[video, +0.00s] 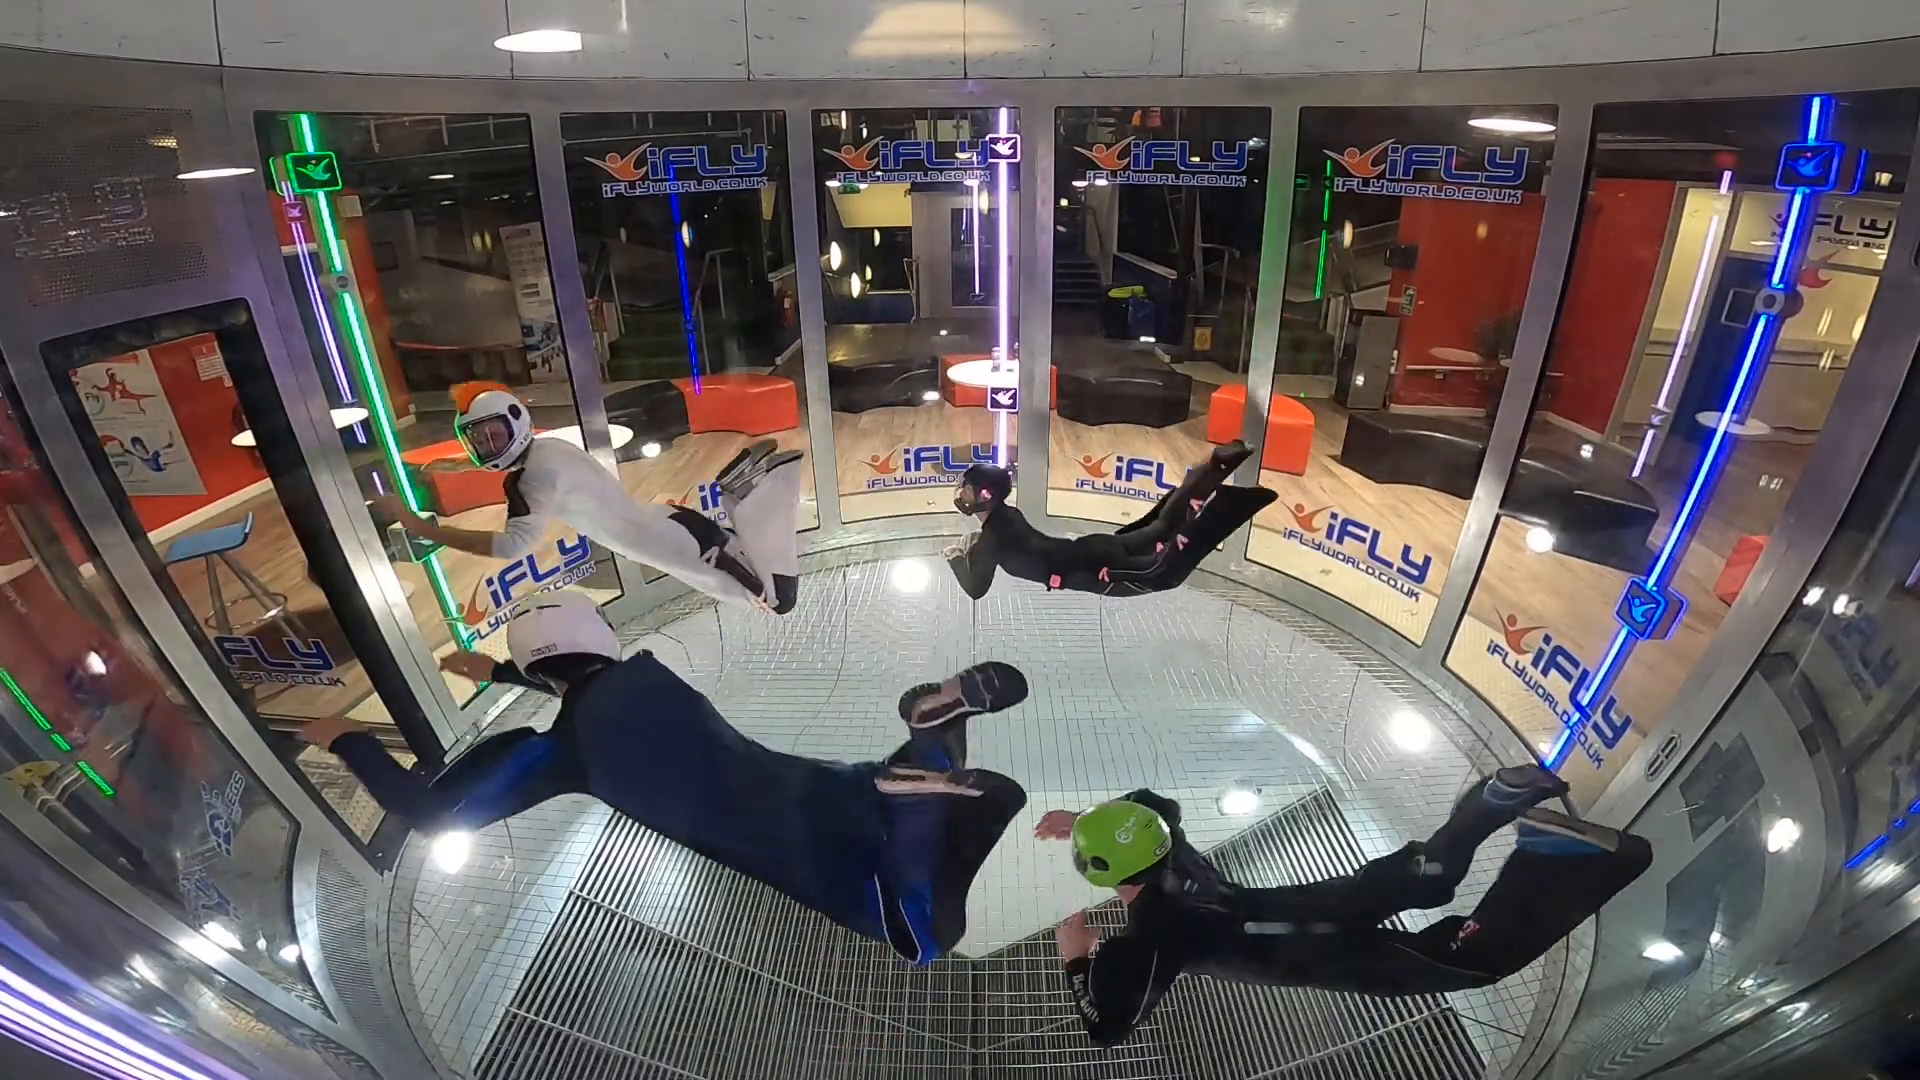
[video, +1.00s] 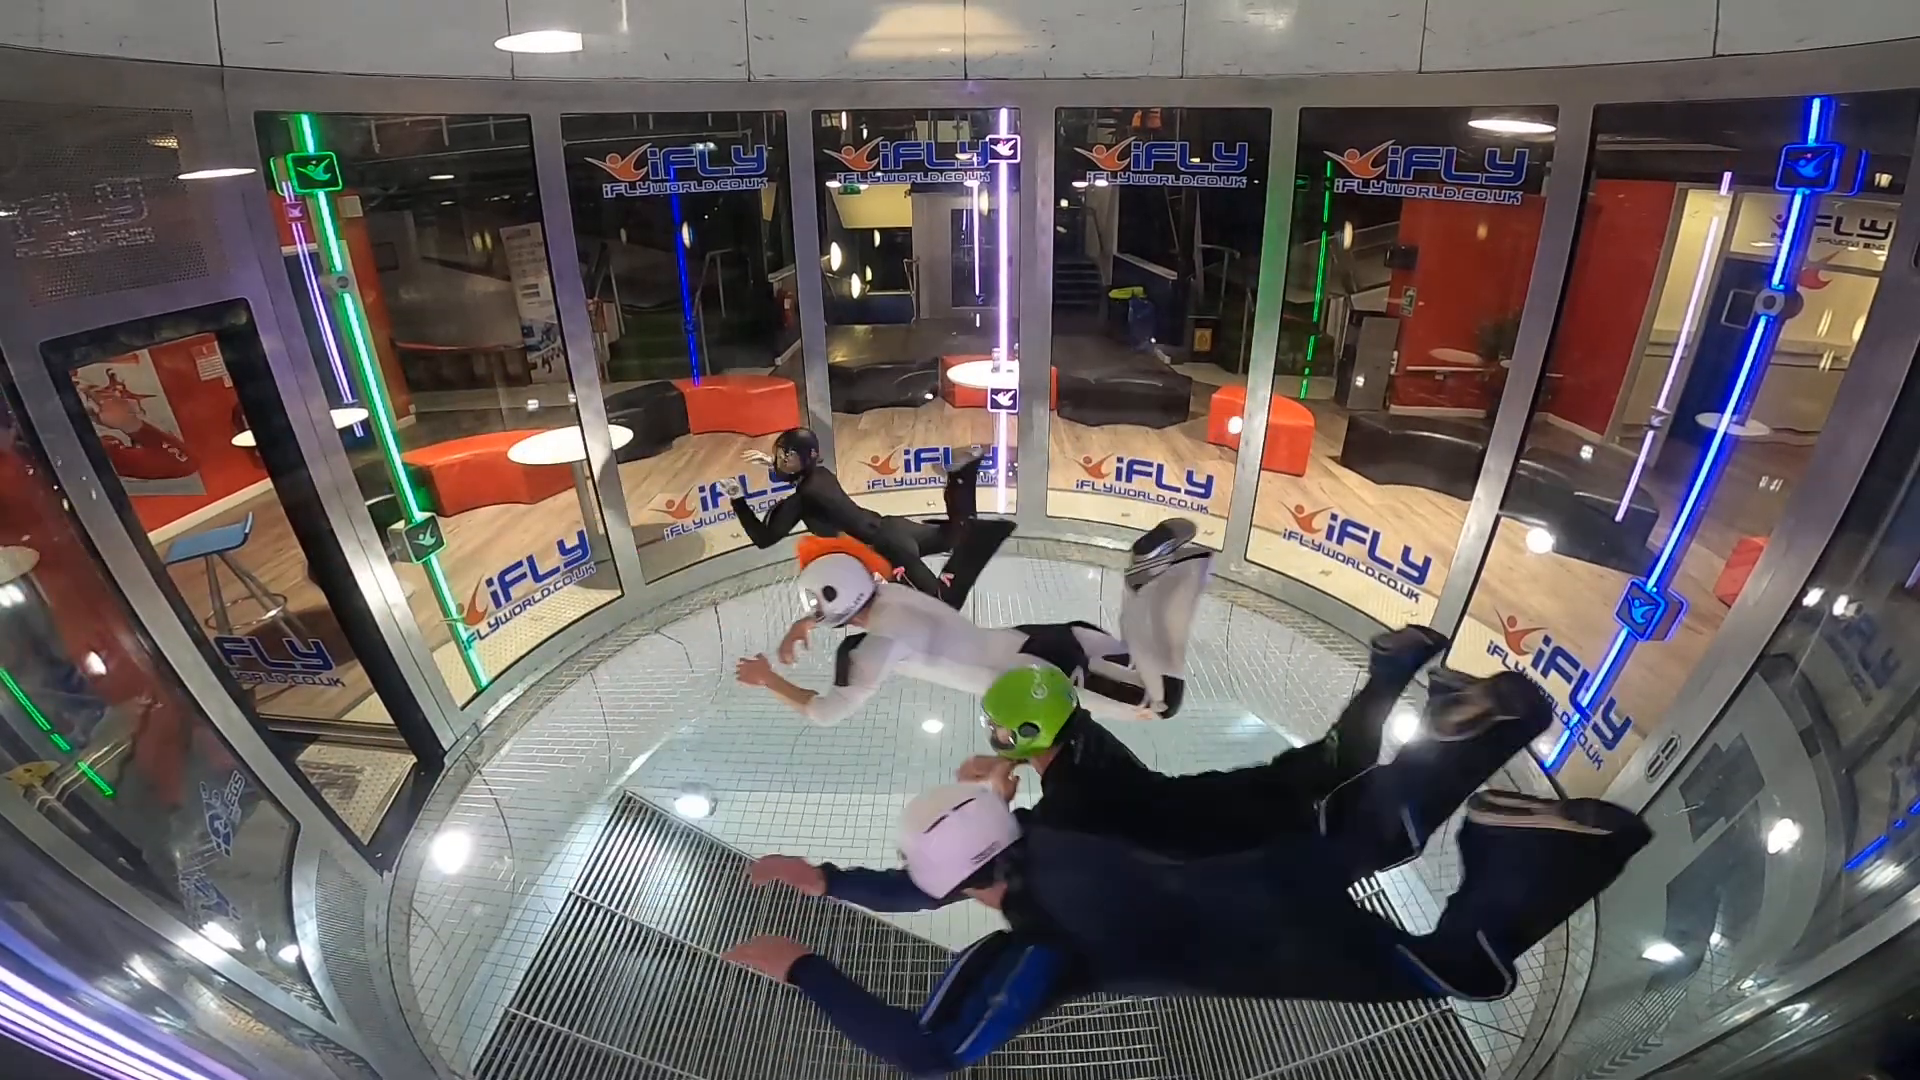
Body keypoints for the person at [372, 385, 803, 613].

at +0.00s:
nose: (486, 444)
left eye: (493, 431)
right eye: (477, 437)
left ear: (518, 425)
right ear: (473, 441)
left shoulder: (538, 472)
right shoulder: (540, 454)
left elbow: (509, 546)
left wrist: (422, 527)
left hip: (683, 541)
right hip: (668, 532)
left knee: (777, 598)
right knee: (757, 591)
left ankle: (750, 500)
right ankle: (731, 502)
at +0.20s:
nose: (486, 471)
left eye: (493, 457)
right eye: (476, 464)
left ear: (522, 449)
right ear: (472, 469)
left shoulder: (537, 504)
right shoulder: (545, 475)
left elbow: (492, 578)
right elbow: (616, 511)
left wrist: (391, 565)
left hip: (689, 574)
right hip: (682, 557)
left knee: (787, 638)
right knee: (772, 625)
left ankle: (772, 536)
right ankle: (774, 524)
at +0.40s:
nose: (522, 514)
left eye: (529, 500)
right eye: (515, 506)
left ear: (558, 489)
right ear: (529, 501)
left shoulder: (574, 543)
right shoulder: (588, 508)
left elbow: (522, 614)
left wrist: (429, 599)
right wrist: (522, 534)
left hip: (735, 610)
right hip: (733, 592)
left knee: (843, 669)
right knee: (833, 658)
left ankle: (824, 558)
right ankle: (823, 559)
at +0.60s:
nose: (600, 557)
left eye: (605, 542)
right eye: (591, 549)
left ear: (633, 531)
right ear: (602, 545)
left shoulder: (658, 578)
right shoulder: (659, 545)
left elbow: (597, 661)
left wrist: (499, 663)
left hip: (821, 636)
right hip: (815, 622)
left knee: (932, 687)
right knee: (913, 674)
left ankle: (926, 552)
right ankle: (911, 558)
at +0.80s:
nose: (699, 593)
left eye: (705, 583)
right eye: (695, 584)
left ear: (732, 579)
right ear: (730, 573)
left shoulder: (762, 623)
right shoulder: (756, 577)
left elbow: (701, 697)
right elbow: (710, 584)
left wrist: (624, 695)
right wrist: (674, 605)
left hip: (920, 661)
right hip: (913, 629)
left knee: (1026, 702)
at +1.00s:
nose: (820, 618)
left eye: (826, 609)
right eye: (817, 608)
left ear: (848, 607)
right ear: (858, 581)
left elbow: (827, 708)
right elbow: (840, 605)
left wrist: (772, 683)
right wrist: (803, 629)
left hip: (1033, 667)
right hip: (1026, 639)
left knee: (1161, 699)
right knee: (1138, 665)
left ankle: (1159, 587)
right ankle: (1154, 579)